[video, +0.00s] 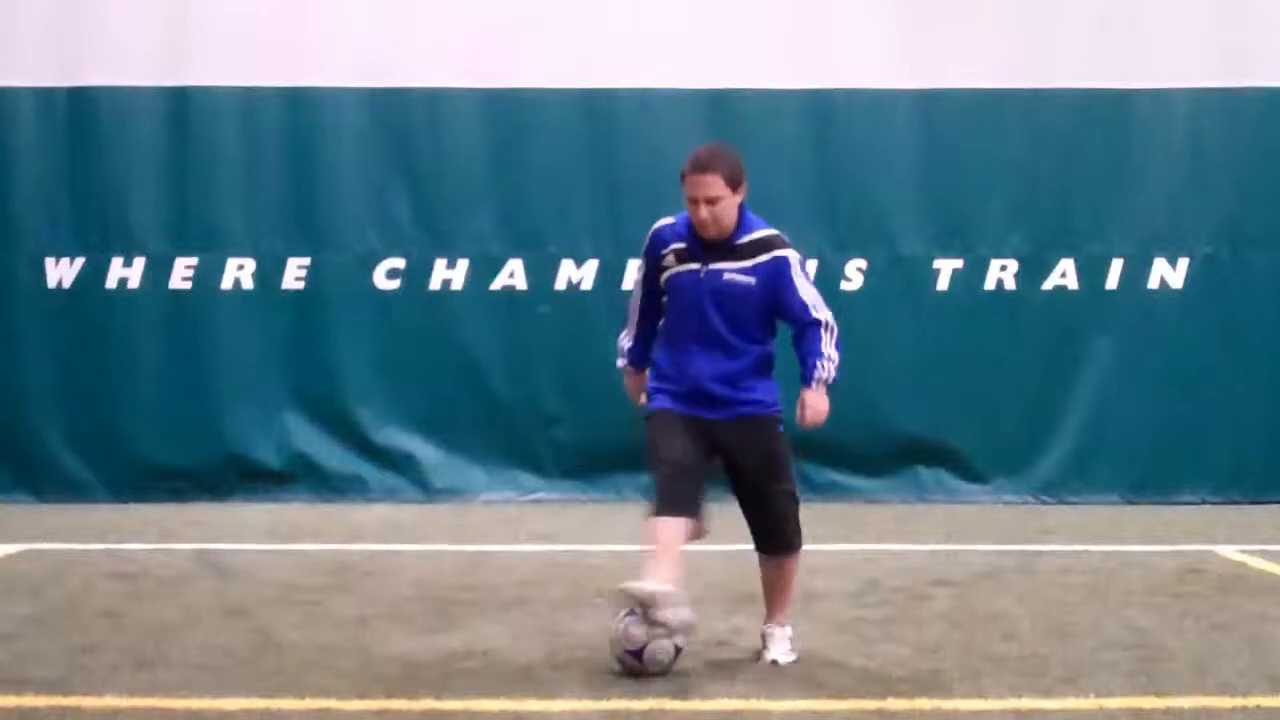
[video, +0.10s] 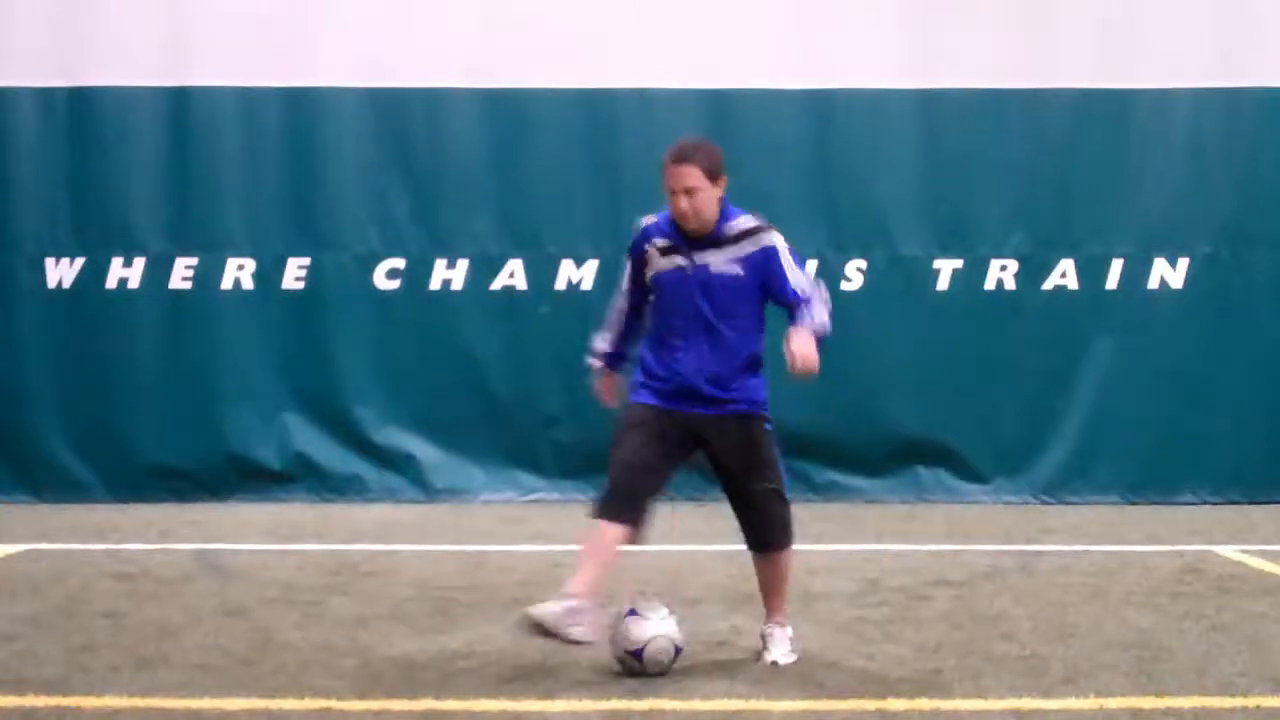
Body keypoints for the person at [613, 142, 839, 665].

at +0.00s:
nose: (702, 214)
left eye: (713, 202)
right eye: (693, 202)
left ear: (739, 195)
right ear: (682, 196)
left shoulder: (771, 250)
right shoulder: (664, 241)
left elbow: (815, 321)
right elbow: (644, 307)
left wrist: (817, 382)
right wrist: (633, 363)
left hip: (748, 405)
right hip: (676, 401)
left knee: (777, 518)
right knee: (674, 481)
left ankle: (777, 626)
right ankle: (662, 589)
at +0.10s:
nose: (680, 204)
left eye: (691, 192)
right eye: (672, 193)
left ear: (720, 187)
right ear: (665, 192)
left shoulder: (759, 241)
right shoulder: (650, 241)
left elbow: (808, 297)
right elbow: (628, 305)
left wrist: (804, 327)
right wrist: (606, 360)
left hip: (735, 404)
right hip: (660, 400)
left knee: (767, 514)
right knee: (623, 489)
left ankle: (777, 625)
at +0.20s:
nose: (647, 174)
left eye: (657, 161)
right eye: (637, 164)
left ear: (684, 157)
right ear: (629, 164)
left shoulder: (725, 202)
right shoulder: (617, 212)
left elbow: (786, 242)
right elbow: (590, 277)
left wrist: (773, 270)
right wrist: (563, 332)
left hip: (705, 388)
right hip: (631, 386)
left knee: (734, 501)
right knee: (582, 481)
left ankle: (766, 612)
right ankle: (548, 600)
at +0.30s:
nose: (606, 166)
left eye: (616, 154)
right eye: (598, 156)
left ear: (644, 150)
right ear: (588, 157)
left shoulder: (687, 192)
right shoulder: (576, 208)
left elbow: (745, 237)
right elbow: (549, 274)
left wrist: (733, 274)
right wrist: (524, 335)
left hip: (677, 365)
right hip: (606, 371)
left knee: (700, 458)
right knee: (563, 477)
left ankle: (721, 565)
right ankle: (561, 606)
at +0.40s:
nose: (569, 192)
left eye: (579, 180)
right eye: (561, 182)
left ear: (607, 175)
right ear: (553, 183)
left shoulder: (651, 219)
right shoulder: (541, 235)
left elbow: (702, 279)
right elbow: (515, 302)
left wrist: (689, 314)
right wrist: (492, 365)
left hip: (644, 374)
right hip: (578, 388)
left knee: (655, 440)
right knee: (555, 506)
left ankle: (673, 559)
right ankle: (571, 621)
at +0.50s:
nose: (537, 212)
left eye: (546, 199)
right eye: (528, 202)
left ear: (573, 193)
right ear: (520, 201)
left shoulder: (618, 236)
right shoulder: (515, 252)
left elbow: (673, 297)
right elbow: (490, 317)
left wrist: (667, 346)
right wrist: (462, 371)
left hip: (615, 377)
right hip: (555, 393)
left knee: (600, 432)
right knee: (531, 511)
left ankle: (654, 547)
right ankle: (572, 621)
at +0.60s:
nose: (510, 197)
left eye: (520, 183)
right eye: (501, 187)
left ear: (547, 173)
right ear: (493, 185)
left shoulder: (592, 215)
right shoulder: (492, 232)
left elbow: (658, 270)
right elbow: (474, 294)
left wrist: (673, 332)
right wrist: (442, 333)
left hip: (601, 359)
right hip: (542, 374)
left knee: (558, 421)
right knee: (538, 495)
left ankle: (618, 536)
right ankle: (572, 617)